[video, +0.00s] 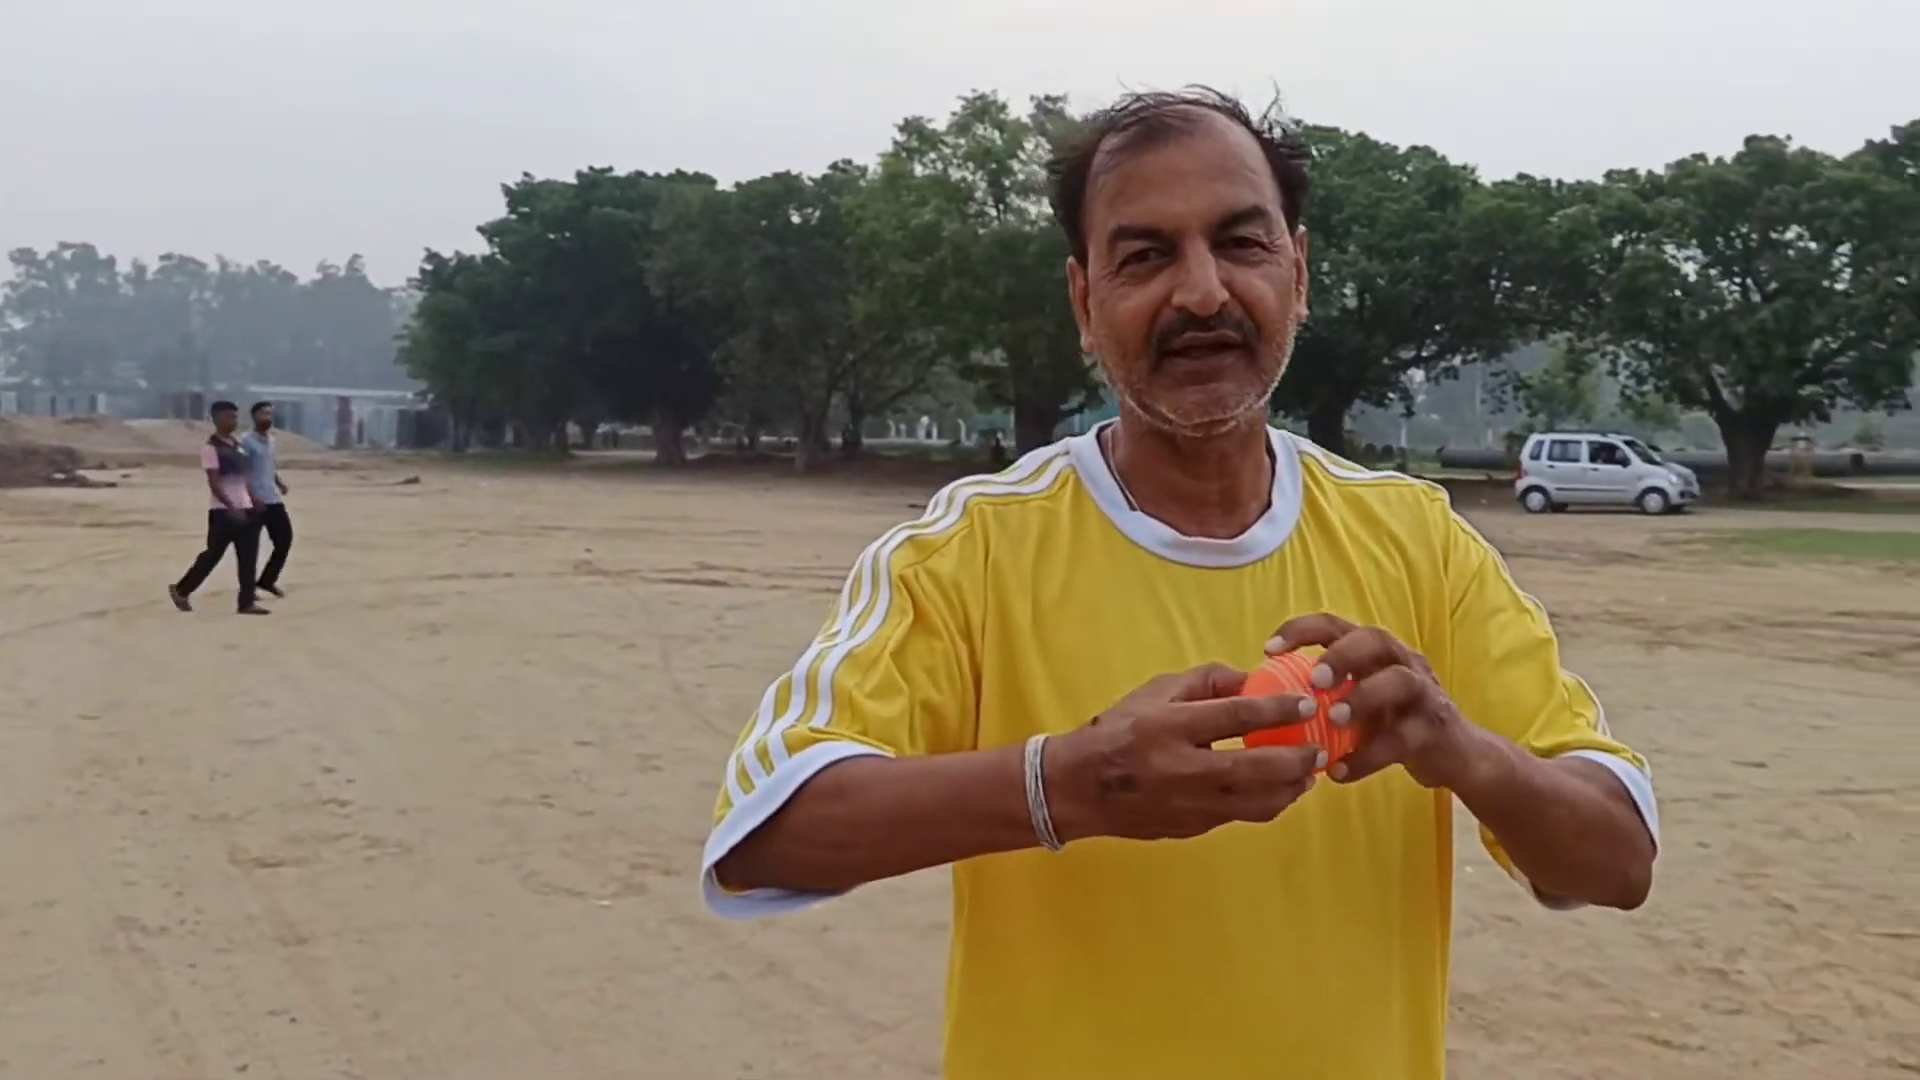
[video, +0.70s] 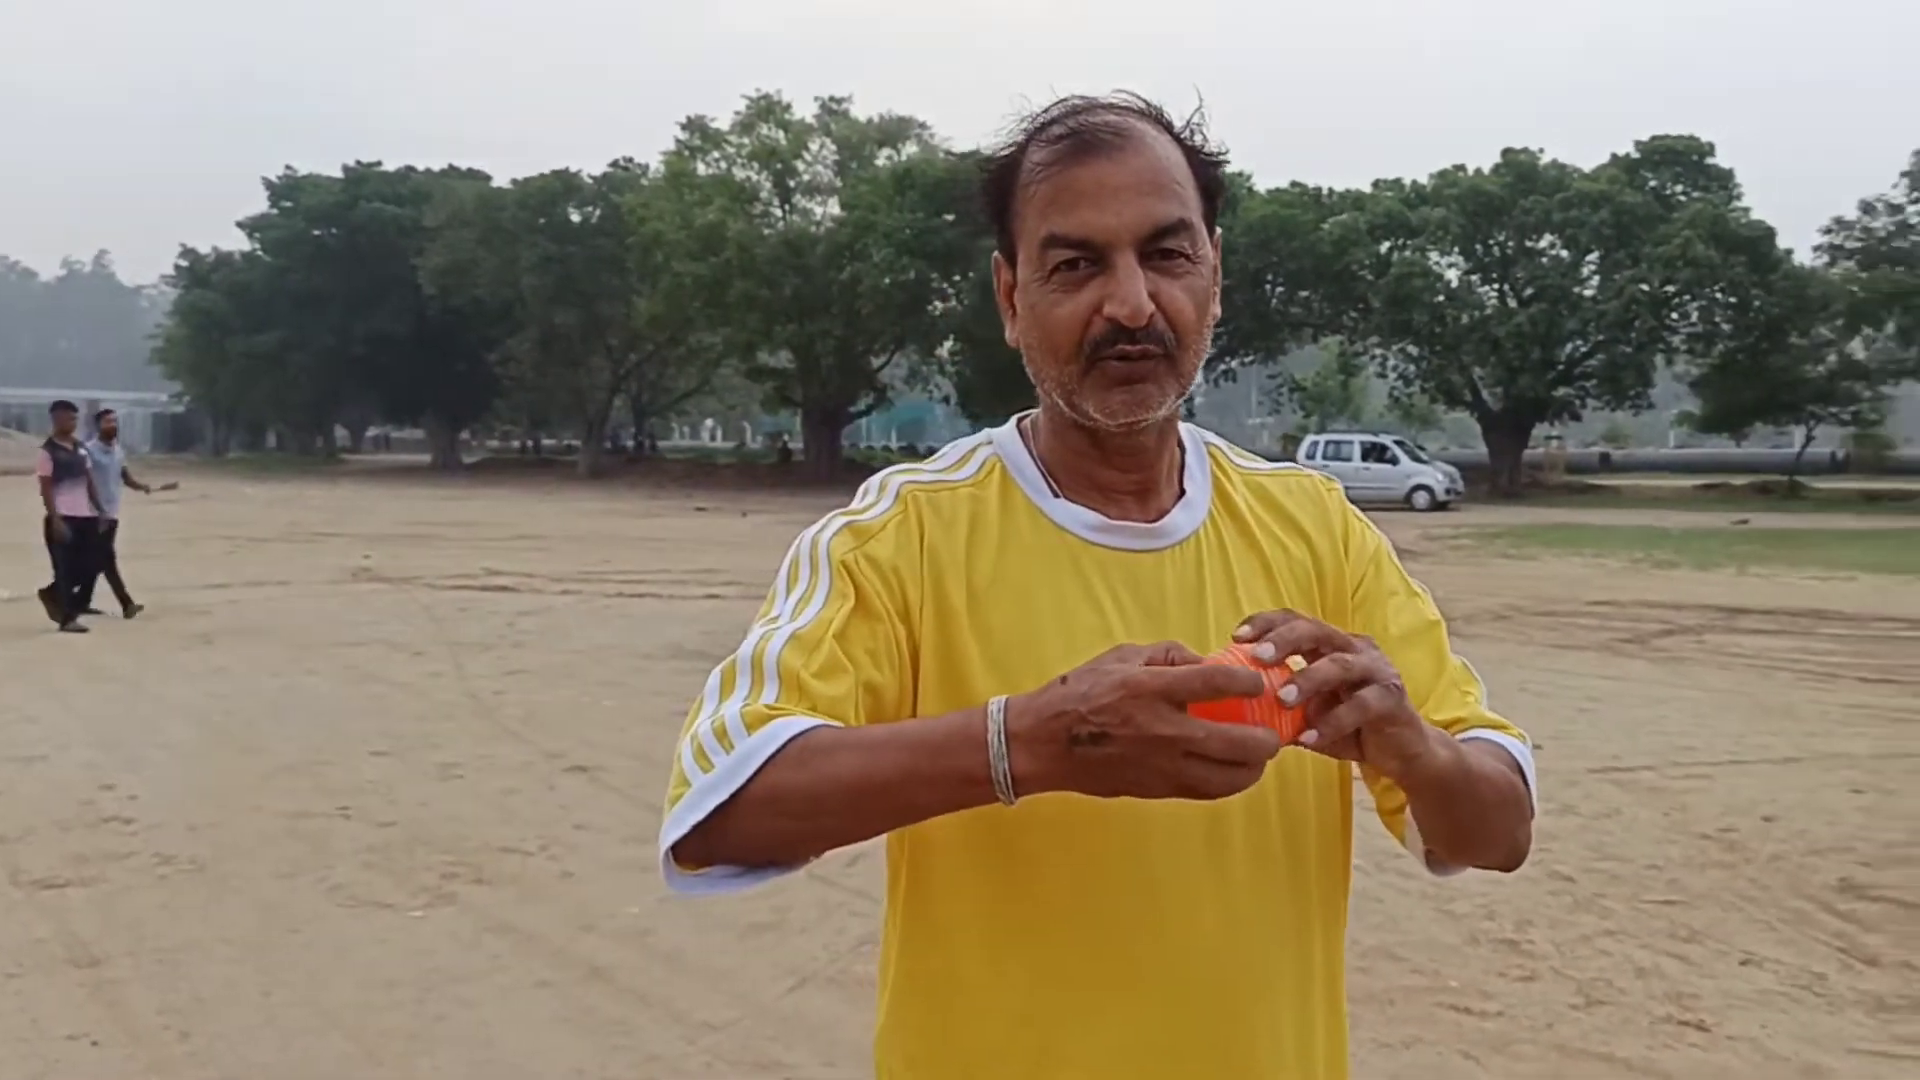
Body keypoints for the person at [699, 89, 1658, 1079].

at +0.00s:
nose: (1201, 291)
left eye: (1240, 242)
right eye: (1144, 255)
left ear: (1299, 276)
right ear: (1085, 304)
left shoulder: (1417, 543)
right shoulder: (970, 554)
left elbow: (1620, 865)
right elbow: (764, 829)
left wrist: (1461, 755)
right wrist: (1062, 788)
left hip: (1364, 1052)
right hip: (1054, 1052)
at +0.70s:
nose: (1132, 305)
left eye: (1165, 254)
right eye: (1075, 265)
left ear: (1215, 277)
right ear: (1010, 303)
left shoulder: (1317, 530)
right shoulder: (900, 537)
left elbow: (1500, 834)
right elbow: (720, 808)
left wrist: (1415, 752)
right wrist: (1029, 743)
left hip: (1275, 1057)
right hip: (979, 1058)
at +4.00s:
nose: (902, 319)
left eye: (934, 275)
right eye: (851, 288)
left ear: (983, 300)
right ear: (797, 329)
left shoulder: (1113, 521)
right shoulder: (711, 562)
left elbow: (1273, 805)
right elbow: (527, 838)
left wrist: (1164, 702)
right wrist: (777, 718)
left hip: (1106, 1051)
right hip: (824, 1053)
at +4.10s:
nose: (906, 321)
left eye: (938, 277)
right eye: (855, 290)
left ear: (985, 303)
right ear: (800, 331)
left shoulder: (1113, 523)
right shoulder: (714, 564)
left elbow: (1276, 807)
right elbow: (529, 842)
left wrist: (1173, 709)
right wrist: (782, 726)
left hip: (1108, 1051)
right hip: (825, 1053)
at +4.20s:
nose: (909, 321)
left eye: (942, 277)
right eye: (858, 291)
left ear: (990, 305)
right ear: (804, 333)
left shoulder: (1116, 523)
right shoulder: (718, 565)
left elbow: (1279, 806)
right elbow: (534, 839)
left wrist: (1177, 711)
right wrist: (786, 727)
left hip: (1110, 1051)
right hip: (827, 1053)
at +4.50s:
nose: (943, 315)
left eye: (974, 272)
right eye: (893, 284)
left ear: (1018, 299)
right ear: (836, 326)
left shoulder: (1138, 522)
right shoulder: (744, 556)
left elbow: (1297, 803)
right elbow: (565, 824)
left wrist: (1201, 704)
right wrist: (813, 727)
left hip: (1130, 1051)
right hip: (853, 1053)